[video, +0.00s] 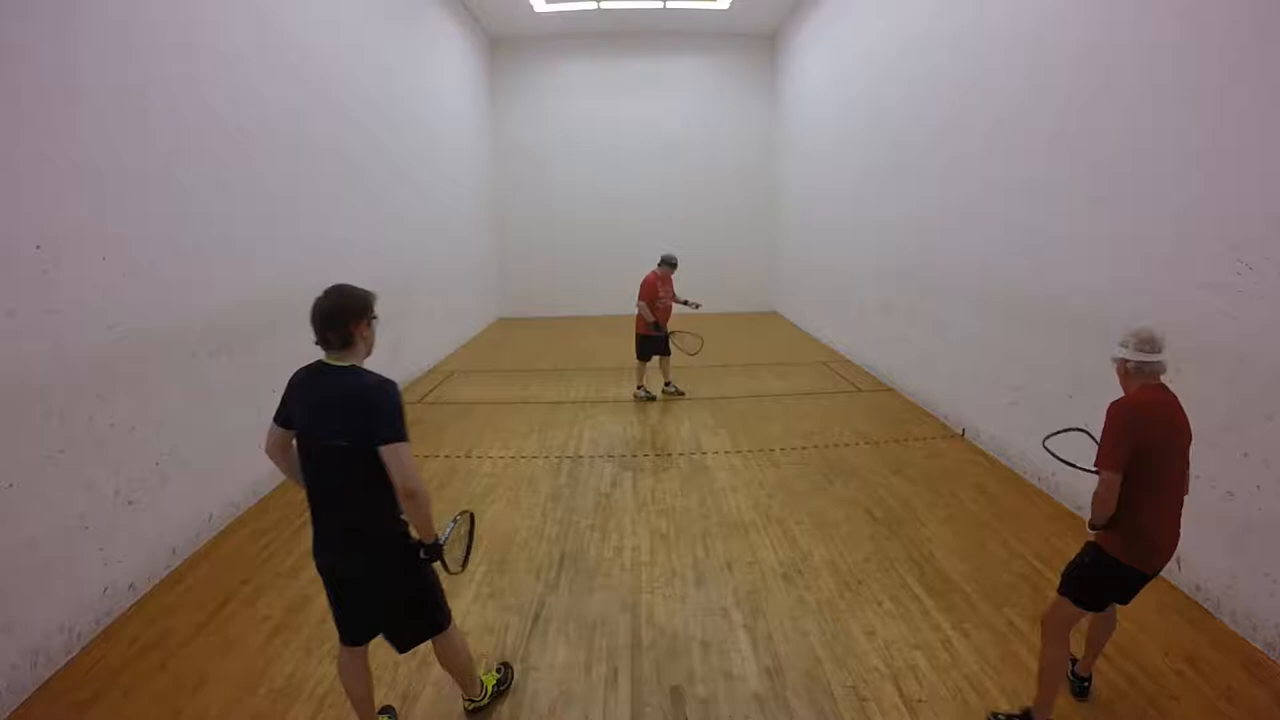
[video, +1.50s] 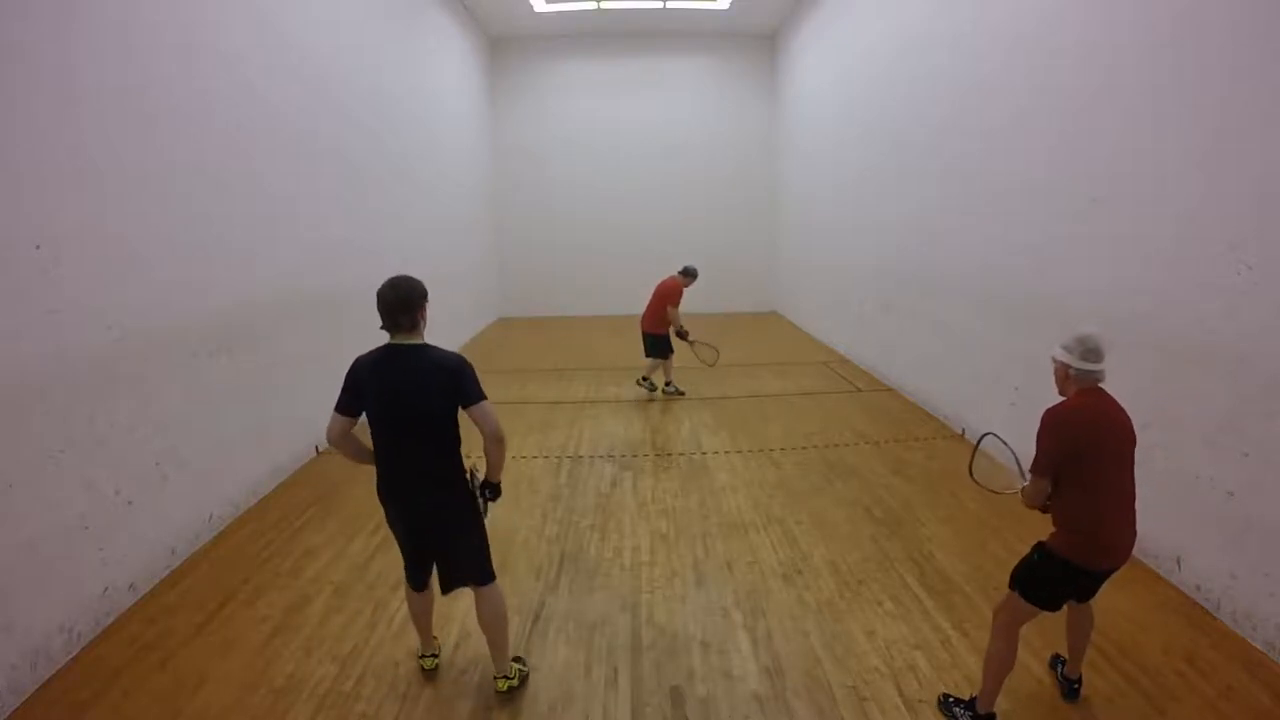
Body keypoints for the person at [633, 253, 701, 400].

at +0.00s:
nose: (673, 272)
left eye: (674, 269)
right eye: (671, 268)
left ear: (673, 268)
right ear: (663, 266)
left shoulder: (668, 279)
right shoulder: (650, 280)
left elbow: (672, 297)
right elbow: (641, 304)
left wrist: (688, 303)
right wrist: (653, 321)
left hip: (661, 325)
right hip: (645, 327)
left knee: (665, 355)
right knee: (643, 359)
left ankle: (668, 385)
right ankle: (639, 388)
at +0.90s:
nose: (673, 273)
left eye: (676, 270)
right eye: (671, 269)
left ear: (679, 271)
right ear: (665, 268)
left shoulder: (677, 284)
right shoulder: (656, 281)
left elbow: (680, 303)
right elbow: (653, 306)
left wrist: (685, 310)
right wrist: (672, 316)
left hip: (662, 326)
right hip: (646, 326)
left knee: (667, 354)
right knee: (643, 357)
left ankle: (668, 384)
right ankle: (640, 388)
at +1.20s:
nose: (689, 281)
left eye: (690, 279)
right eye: (689, 278)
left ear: (683, 274)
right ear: (683, 274)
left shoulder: (678, 285)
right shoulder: (666, 284)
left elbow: (679, 306)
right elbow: (668, 310)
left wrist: (688, 316)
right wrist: (684, 321)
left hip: (664, 326)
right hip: (651, 326)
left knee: (668, 354)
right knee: (651, 357)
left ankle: (668, 384)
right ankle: (641, 387)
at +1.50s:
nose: (691, 285)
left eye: (692, 282)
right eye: (691, 281)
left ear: (682, 274)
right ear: (687, 278)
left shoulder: (672, 282)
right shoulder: (675, 287)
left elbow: (673, 310)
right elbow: (672, 311)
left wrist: (679, 327)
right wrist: (678, 329)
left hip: (657, 325)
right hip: (654, 326)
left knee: (667, 354)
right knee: (662, 355)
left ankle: (668, 384)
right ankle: (645, 378)